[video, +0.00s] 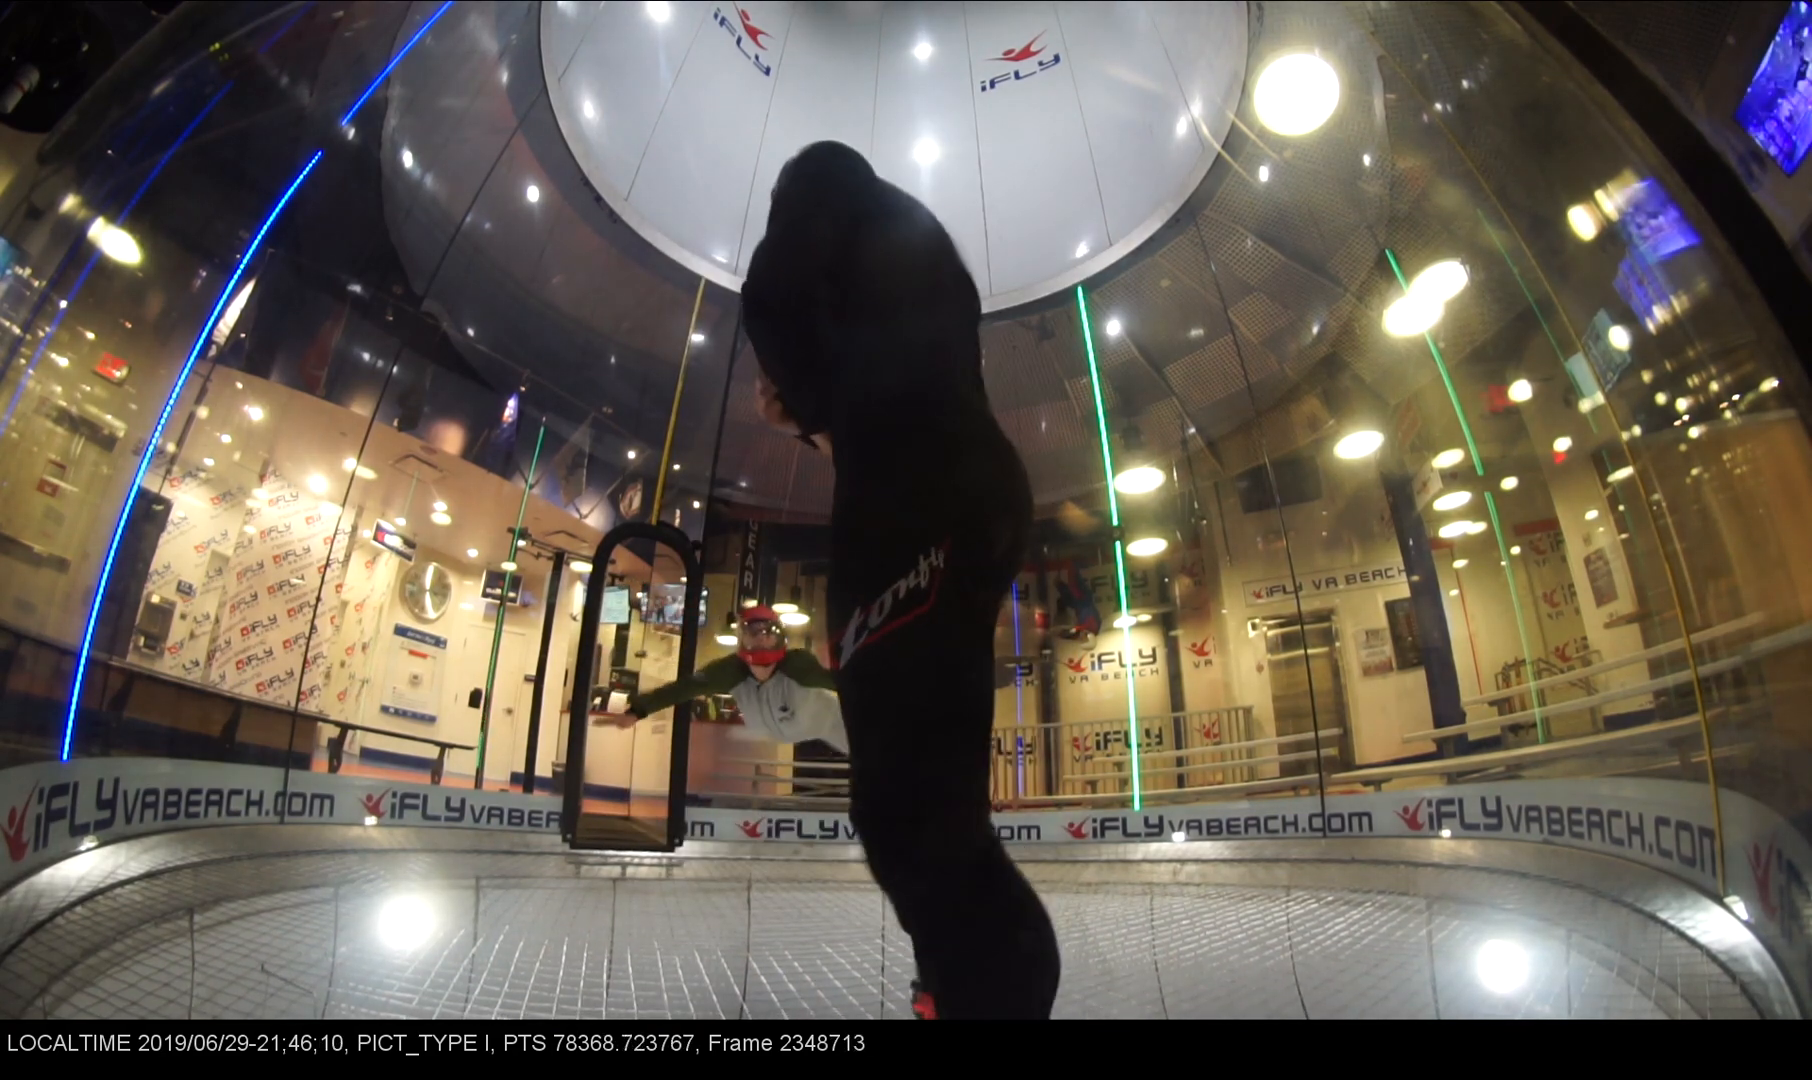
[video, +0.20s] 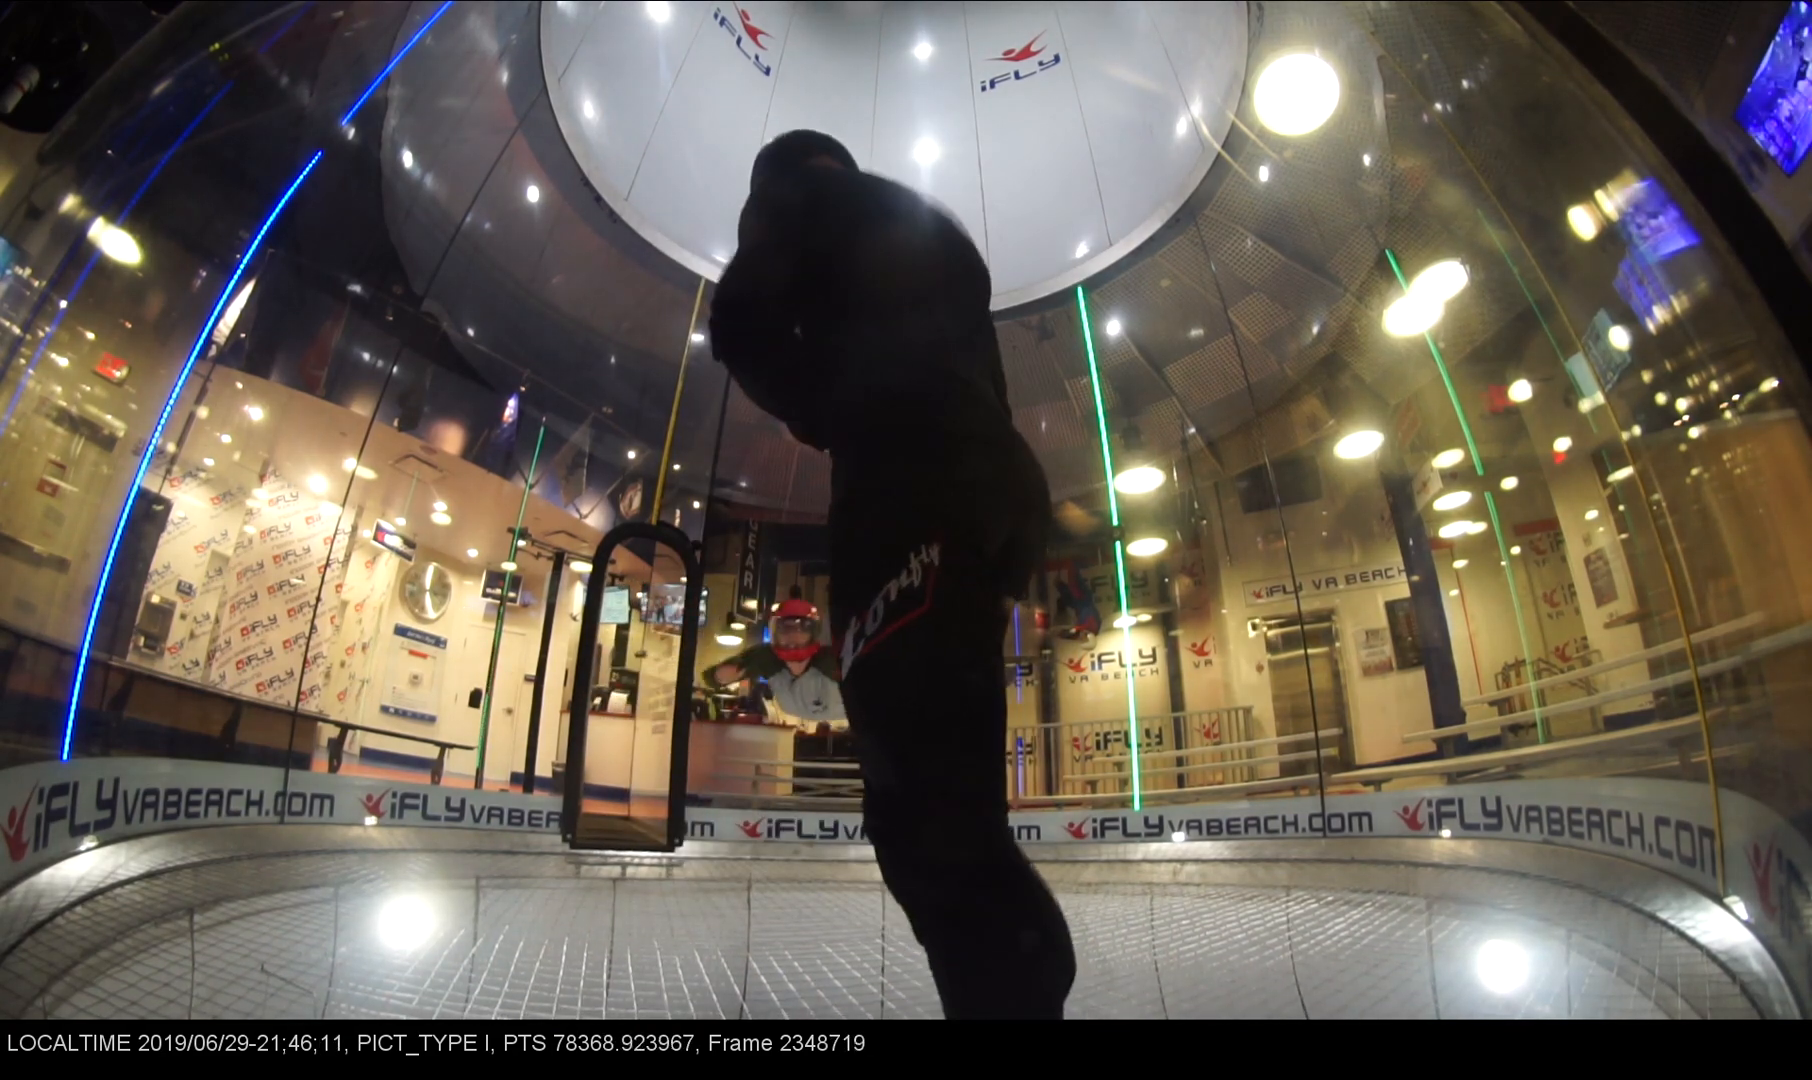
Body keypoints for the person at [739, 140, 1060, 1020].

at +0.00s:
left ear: (802, 185)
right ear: (860, 179)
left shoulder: (826, 187)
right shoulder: (911, 234)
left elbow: (771, 297)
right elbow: (895, 368)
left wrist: (807, 396)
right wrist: (806, 395)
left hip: (908, 499)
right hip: (964, 491)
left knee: (902, 804)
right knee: (932, 800)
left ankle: (987, 990)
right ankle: (981, 986)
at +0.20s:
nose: (757, 213)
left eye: (761, 196)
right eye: (759, 198)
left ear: (789, 174)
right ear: (839, 167)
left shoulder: (804, 205)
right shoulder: (920, 226)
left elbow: (740, 316)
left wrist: (832, 413)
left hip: (905, 506)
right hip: (981, 496)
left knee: (920, 809)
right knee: (950, 805)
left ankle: (1004, 993)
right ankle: (1016, 988)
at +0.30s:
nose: (769, 199)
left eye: (772, 184)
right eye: (778, 186)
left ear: (789, 169)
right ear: (853, 164)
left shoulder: (786, 196)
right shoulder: (944, 230)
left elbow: (725, 332)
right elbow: (992, 376)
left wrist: (827, 422)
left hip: (890, 496)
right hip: (992, 489)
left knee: (912, 822)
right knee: (954, 808)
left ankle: (999, 1001)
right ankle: (1025, 997)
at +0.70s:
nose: (808, 254)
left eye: (803, 244)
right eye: (822, 249)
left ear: (803, 240)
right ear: (869, 244)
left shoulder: (777, 258)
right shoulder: (933, 298)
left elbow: (651, 370)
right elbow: (960, 433)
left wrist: (767, 425)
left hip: (849, 524)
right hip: (969, 525)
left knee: (840, 825)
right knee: (963, 808)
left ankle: (969, 1009)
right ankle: (1088, 1006)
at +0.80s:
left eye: (801, 272)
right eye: (833, 277)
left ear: (798, 271)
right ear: (861, 277)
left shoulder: (769, 285)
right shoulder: (922, 336)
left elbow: (631, 383)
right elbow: (935, 461)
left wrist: (741, 448)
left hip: (847, 549)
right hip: (962, 550)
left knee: (821, 850)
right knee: (950, 828)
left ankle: (990, 1009)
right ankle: (1085, 1010)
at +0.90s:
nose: (785, 318)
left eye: (780, 307)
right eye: (806, 308)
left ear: (784, 297)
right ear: (849, 307)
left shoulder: (756, 316)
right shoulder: (906, 369)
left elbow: (604, 394)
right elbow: (918, 494)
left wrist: (705, 468)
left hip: (835, 586)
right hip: (942, 580)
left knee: (826, 861)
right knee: (945, 830)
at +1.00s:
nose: (772, 347)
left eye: (770, 335)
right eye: (785, 338)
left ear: (771, 328)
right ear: (828, 334)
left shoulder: (748, 351)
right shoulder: (882, 396)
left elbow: (583, 420)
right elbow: (906, 532)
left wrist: (676, 467)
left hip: (824, 605)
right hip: (913, 599)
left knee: (846, 844)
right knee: (966, 860)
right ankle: (1057, 1011)